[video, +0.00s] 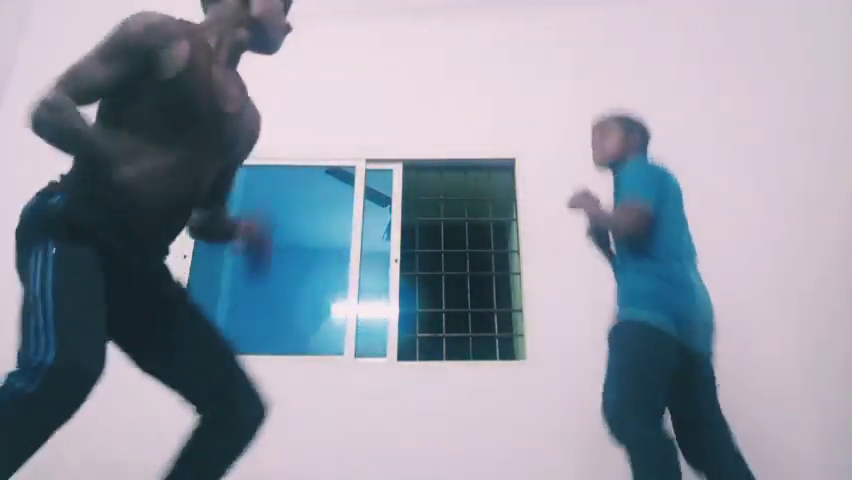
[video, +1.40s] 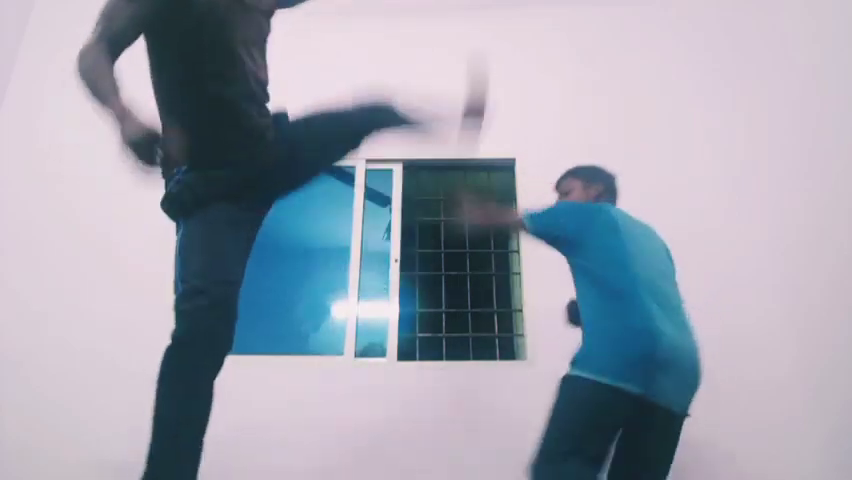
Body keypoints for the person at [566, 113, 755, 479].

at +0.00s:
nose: (596, 142)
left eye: (605, 134)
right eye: (596, 136)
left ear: (631, 138)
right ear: (635, 144)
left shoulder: (639, 171)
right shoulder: (659, 183)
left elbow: (634, 222)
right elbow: (638, 271)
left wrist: (596, 210)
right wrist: (603, 241)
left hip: (651, 310)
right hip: (690, 315)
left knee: (630, 414)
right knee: (703, 431)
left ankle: (661, 473)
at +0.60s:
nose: (571, 135)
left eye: (580, 125)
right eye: (570, 129)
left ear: (609, 127)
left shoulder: (616, 153)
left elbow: (631, 203)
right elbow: (651, 261)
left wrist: (569, 236)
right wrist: (601, 271)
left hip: (638, 304)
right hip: (677, 311)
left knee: (627, 419)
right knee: (678, 420)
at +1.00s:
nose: (547, 133)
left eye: (555, 122)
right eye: (545, 127)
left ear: (586, 122)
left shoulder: (590, 147)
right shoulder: (628, 163)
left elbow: (622, 193)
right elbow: (652, 252)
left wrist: (563, 261)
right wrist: (603, 287)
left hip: (634, 305)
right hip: (679, 309)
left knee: (638, 427)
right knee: (675, 429)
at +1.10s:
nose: (541, 153)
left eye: (548, 142)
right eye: (538, 147)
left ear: (579, 139)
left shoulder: (583, 165)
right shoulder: (628, 186)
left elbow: (600, 225)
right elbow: (651, 263)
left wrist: (548, 307)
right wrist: (603, 304)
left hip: (632, 326)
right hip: (682, 334)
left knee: (643, 459)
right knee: (673, 460)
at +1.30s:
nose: (546, 212)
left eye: (551, 201)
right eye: (545, 204)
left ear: (580, 198)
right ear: (586, 201)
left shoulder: (580, 223)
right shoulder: (636, 240)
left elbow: (531, 263)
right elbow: (644, 329)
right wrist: (583, 332)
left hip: (633, 355)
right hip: (690, 364)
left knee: (580, 465)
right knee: (648, 471)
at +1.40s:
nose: (559, 203)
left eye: (565, 193)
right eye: (559, 195)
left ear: (594, 192)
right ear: (599, 195)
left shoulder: (586, 217)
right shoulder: (652, 238)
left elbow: (513, 219)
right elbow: (650, 301)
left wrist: (473, 214)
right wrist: (591, 311)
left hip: (615, 359)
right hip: (678, 372)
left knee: (560, 466)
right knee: (637, 474)